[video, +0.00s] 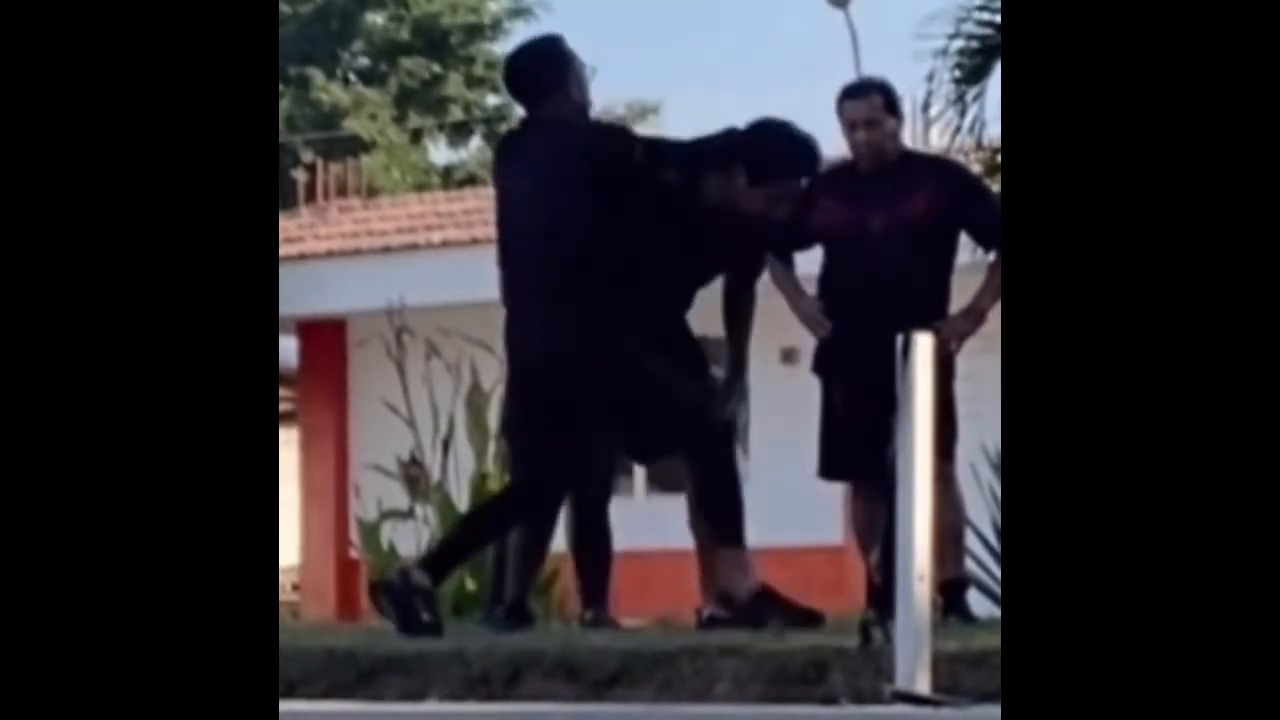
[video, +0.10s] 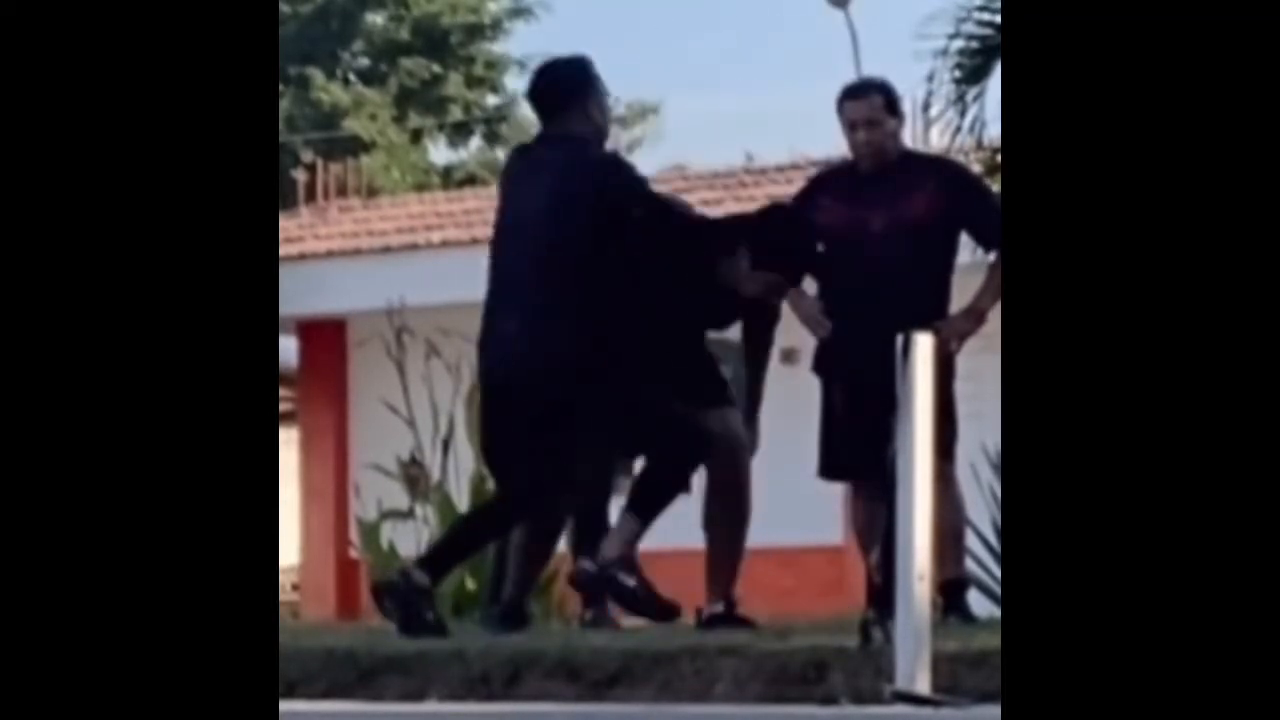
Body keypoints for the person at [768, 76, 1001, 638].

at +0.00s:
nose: (863, 137)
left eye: (873, 124)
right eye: (853, 127)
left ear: (897, 123)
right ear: (841, 132)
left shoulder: (942, 179)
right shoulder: (826, 188)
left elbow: (1001, 242)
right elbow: (774, 251)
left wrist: (971, 316)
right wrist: (813, 317)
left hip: (922, 349)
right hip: (851, 348)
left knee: (934, 473)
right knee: (865, 481)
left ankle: (951, 590)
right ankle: (878, 598)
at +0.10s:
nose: (863, 137)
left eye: (872, 124)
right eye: (852, 127)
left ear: (898, 123)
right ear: (842, 132)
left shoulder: (942, 179)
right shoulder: (826, 189)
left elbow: (999, 243)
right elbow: (772, 262)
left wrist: (974, 315)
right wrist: (813, 318)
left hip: (923, 349)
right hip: (850, 351)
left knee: (934, 472)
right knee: (865, 482)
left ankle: (952, 590)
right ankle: (879, 599)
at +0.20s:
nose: (862, 137)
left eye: (872, 124)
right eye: (852, 127)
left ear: (898, 123)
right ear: (842, 131)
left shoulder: (942, 179)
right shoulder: (829, 188)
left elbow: (1001, 243)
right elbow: (777, 249)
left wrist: (973, 315)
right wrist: (803, 317)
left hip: (921, 349)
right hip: (849, 349)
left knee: (933, 473)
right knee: (864, 481)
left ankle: (951, 589)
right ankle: (879, 597)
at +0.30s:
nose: (863, 137)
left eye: (873, 125)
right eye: (853, 127)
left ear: (899, 123)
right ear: (842, 132)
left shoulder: (943, 180)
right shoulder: (829, 188)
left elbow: (1001, 243)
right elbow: (777, 251)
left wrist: (973, 316)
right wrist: (814, 319)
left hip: (922, 348)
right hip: (851, 347)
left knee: (934, 473)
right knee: (865, 482)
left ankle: (951, 591)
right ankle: (878, 599)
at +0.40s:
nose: (863, 137)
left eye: (873, 125)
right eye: (853, 127)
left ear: (899, 123)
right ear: (843, 131)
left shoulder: (944, 180)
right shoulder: (830, 188)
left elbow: (1001, 246)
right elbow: (777, 250)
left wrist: (972, 317)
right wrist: (813, 318)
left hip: (922, 351)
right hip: (850, 350)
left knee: (933, 472)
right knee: (865, 478)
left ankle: (952, 591)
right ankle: (879, 597)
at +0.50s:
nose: (863, 137)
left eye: (873, 125)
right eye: (853, 127)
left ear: (899, 123)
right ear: (843, 131)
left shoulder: (944, 180)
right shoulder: (830, 188)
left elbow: (1002, 246)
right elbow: (778, 251)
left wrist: (972, 317)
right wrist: (814, 319)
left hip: (922, 350)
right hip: (850, 349)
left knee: (933, 473)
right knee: (864, 479)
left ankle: (952, 591)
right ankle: (878, 596)